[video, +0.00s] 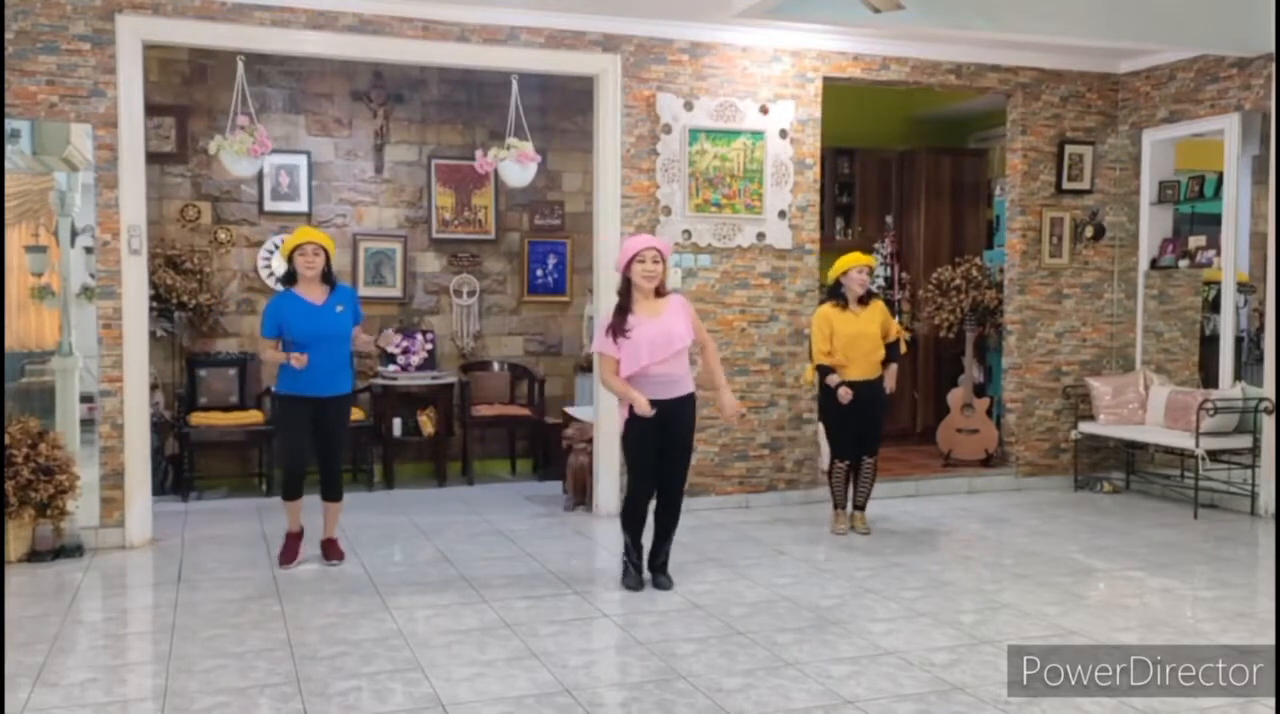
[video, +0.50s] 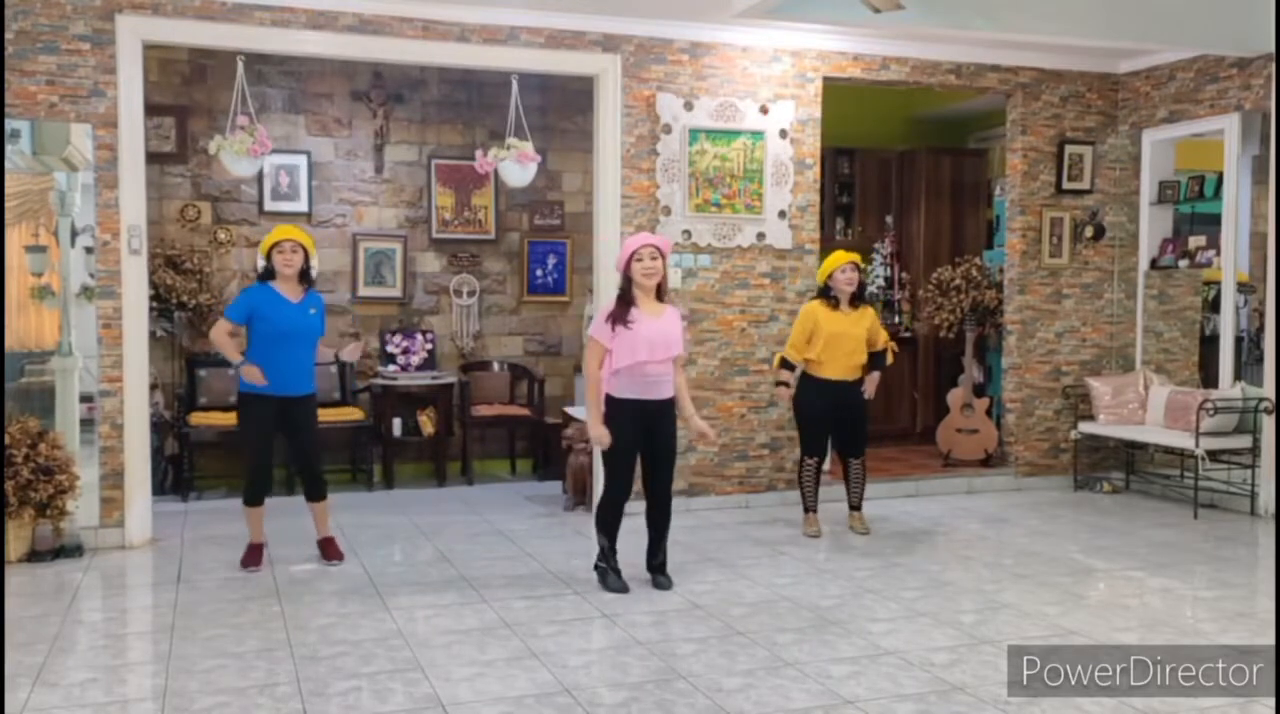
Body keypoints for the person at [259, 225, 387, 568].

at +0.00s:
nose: (309, 259)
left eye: (316, 253)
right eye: (302, 254)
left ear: (327, 260)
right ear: (292, 261)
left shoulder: (345, 295)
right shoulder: (279, 304)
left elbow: (354, 336)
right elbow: (265, 351)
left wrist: (378, 343)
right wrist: (288, 358)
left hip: (336, 396)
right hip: (293, 397)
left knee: (332, 466)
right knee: (293, 466)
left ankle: (330, 538)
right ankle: (293, 533)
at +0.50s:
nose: (288, 257)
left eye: (295, 251)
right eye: (281, 251)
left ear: (305, 259)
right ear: (271, 258)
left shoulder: (314, 301)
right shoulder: (255, 295)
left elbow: (313, 350)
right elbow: (218, 332)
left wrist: (340, 354)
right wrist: (242, 363)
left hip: (301, 397)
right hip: (258, 397)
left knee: (311, 466)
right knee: (258, 469)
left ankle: (325, 536)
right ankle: (256, 541)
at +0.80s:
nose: (272, 255)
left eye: (279, 249)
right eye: (265, 249)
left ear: (290, 258)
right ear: (254, 257)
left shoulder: (301, 303)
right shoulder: (236, 295)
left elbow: (303, 350)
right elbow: (204, 330)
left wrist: (317, 355)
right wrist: (191, 353)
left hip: (286, 397)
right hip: (242, 396)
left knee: (296, 462)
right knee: (249, 467)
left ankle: (291, 533)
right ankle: (255, 541)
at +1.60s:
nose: (284, 256)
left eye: (291, 251)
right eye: (278, 251)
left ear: (301, 259)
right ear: (266, 259)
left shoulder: (321, 296)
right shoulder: (254, 304)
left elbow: (338, 339)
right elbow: (246, 352)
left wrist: (328, 354)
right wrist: (213, 340)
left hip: (310, 397)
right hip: (266, 398)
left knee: (320, 466)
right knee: (261, 468)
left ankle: (334, 539)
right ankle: (256, 541)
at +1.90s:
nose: (309, 259)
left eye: (316, 254)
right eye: (302, 254)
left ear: (323, 261)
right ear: (290, 261)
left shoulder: (343, 295)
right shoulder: (278, 307)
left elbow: (365, 332)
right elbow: (273, 357)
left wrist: (377, 350)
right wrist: (258, 368)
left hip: (340, 398)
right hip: (296, 399)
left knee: (338, 469)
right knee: (284, 468)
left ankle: (336, 539)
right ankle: (277, 535)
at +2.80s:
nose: (306, 254)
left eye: (312, 249)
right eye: (298, 249)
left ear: (319, 258)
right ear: (286, 256)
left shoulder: (324, 302)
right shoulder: (267, 295)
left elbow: (326, 351)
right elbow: (230, 329)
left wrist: (361, 346)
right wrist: (262, 351)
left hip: (312, 396)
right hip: (270, 396)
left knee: (321, 465)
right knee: (266, 467)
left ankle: (334, 539)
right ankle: (263, 543)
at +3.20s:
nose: (287, 255)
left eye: (294, 250)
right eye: (280, 249)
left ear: (304, 260)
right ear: (268, 257)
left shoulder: (311, 304)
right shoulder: (248, 293)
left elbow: (312, 353)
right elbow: (209, 324)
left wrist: (331, 355)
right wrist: (210, 344)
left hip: (292, 396)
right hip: (249, 395)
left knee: (298, 465)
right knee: (255, 468)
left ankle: (288, 535)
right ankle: (261, 543)